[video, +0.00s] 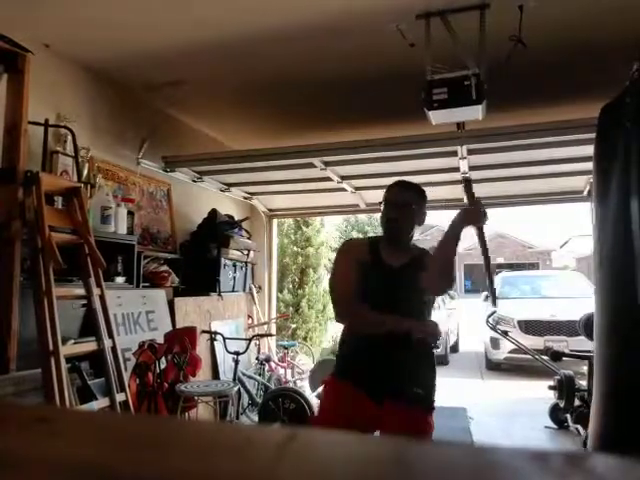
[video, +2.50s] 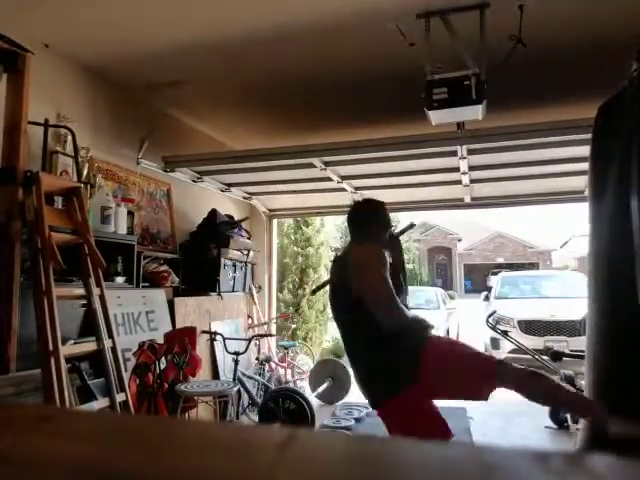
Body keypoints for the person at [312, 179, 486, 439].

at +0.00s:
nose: (393, 213)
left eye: (405, 207)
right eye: (389, 205)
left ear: (421, 217)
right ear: (382, 209)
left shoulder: (426, 262)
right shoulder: (354, 251)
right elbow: (345, 311)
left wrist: (458, 224)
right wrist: (410, 327)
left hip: (409, 393)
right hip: (352, 387)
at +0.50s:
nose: (281, 218)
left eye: (289, 211)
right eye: (279, 211)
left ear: (314, 213)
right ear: (276, 214)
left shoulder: (337, 245)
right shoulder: (290, 261)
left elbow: (329, 274)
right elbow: (288, 329)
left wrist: (267, 245)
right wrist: (238, 319)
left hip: (332, 397)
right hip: (287, 394)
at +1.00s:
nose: (248, 227)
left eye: (254, 218)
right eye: (245, 221)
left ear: (279, 219)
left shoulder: (301, 250)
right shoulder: (267, 266)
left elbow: (280, 302)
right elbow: (243, 314)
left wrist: (231, 334)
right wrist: (228, 271)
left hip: (310, 354)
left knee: (248, 379)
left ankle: (298, 453)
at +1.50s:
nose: (288, 220)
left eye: (296, 212)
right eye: (285, 214)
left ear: (319, 217)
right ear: (282, 219)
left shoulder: (344, 254)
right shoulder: (277, 261)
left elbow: (326, 308)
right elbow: (257, 297)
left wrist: (270, 320)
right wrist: (259, 245)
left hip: (342, 391)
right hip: (289, 390)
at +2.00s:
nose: (375, 227)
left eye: (372, 219)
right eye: (368, 220)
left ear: (340, 225)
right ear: (350, 223)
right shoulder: (345, 258)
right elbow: (386, 312)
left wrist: (371, 278)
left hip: (362, 397)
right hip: (336, 400)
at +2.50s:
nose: (389, 230)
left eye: (387, 225)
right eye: (387, 224)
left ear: (353, 226)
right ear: (380, 224)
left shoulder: (342, 265)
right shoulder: (367, 254)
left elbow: (393, 303)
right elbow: (390, 316)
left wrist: (395, 261)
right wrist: (420, 325)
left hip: (379, 380)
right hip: (409, 355)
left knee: (437, 458)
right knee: (505, 374)